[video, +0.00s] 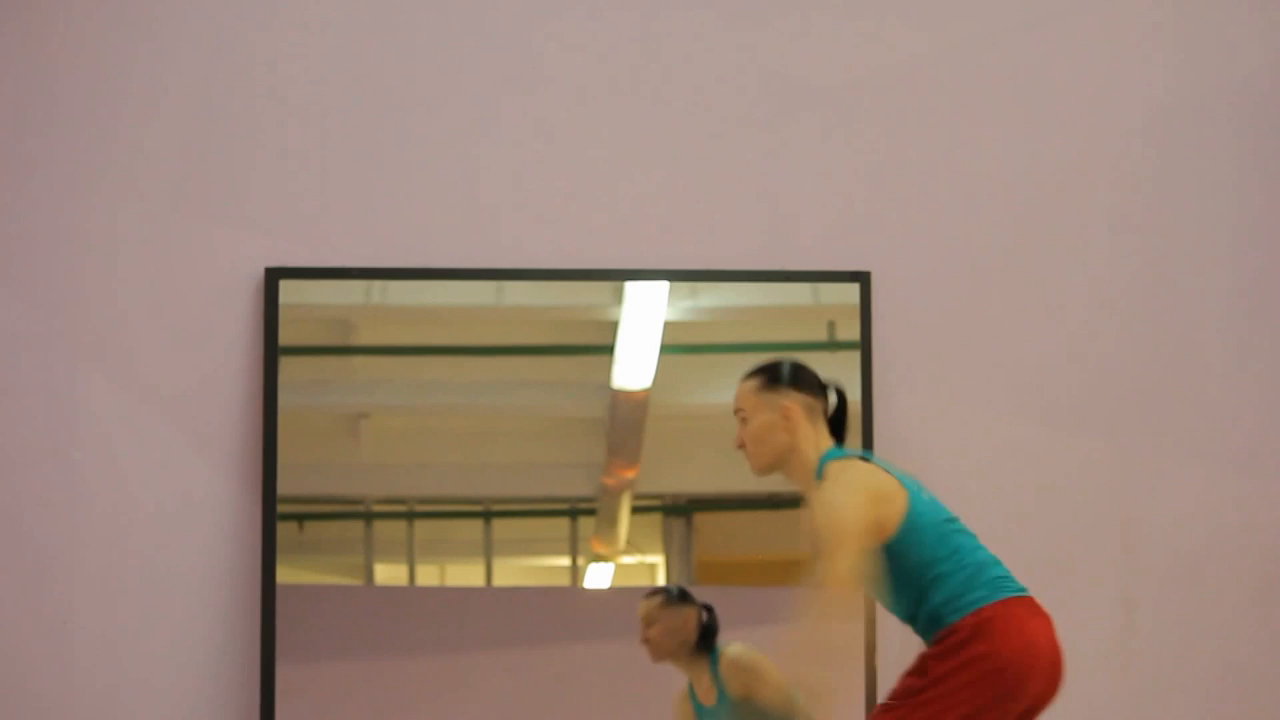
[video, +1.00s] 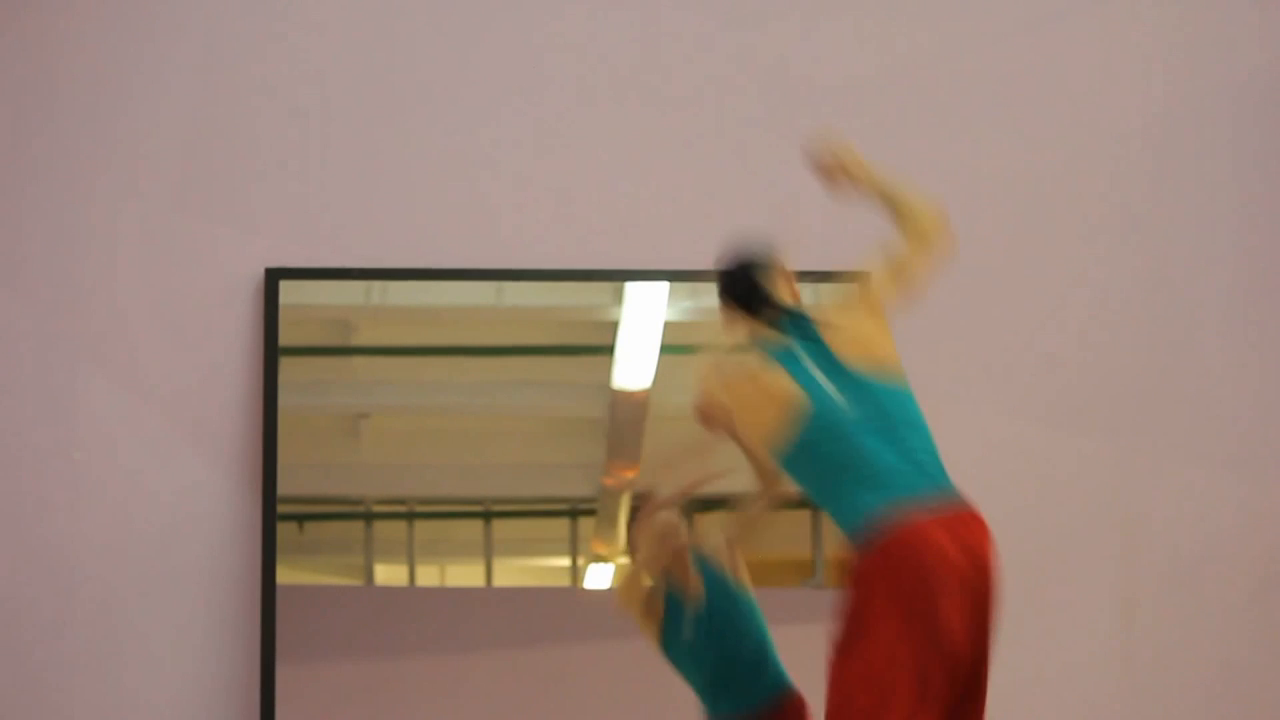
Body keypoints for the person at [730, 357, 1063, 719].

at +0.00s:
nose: (736, 439)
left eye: (743, 419)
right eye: (736, 423)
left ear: (789, 414)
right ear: (792, 416)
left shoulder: (844, 484)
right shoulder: (849, 477)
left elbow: (833, 622)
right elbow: (831, 621)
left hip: (993, 646)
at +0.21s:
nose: (741, 430)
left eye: (743, 413)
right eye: (738, 415)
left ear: (774, 407)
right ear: (809, 402)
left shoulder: (822, 478)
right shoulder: (874, 444)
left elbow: (767, 575)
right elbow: (959, 472)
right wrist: (947, 563)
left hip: (978, 642)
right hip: (1012, 632)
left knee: (883, 710)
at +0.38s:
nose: (741, 430)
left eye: (743, 413)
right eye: (738, 414)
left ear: (774, 407)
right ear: (810, 402)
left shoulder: (821, 479)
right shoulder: (874, 444)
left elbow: (767, 576)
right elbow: (959, 472)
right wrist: (947, 563)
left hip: (977, 642)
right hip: (1013, 631)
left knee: (884, 711)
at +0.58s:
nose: (749, 415)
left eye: (744, 398)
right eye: (742, 401)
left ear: (759, 389)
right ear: (807, 372)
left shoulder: (796, 464)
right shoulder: (887, 417)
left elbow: (692, 521)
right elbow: (957, 383)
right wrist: (920, 332)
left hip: (961, 629)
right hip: (1008, 616)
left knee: (876, 708)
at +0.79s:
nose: (745, 376)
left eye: (741, 364)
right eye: (740, 364)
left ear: (749, 358)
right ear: (797, 334)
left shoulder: (775, 430)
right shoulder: (880, 370)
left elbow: (671, 451)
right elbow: (951, 309)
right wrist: (901, 246)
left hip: (938, 602)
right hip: (994, 585)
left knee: (868, 708)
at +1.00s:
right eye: (786, 275)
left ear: (730, 314)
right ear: (788, 282)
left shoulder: (725, 381)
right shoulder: (858, 309)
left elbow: (776, 484)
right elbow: (929, 231)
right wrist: (866, 178)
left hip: (900, 558)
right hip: (967, 537)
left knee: (868, 707)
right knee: (956, 708)